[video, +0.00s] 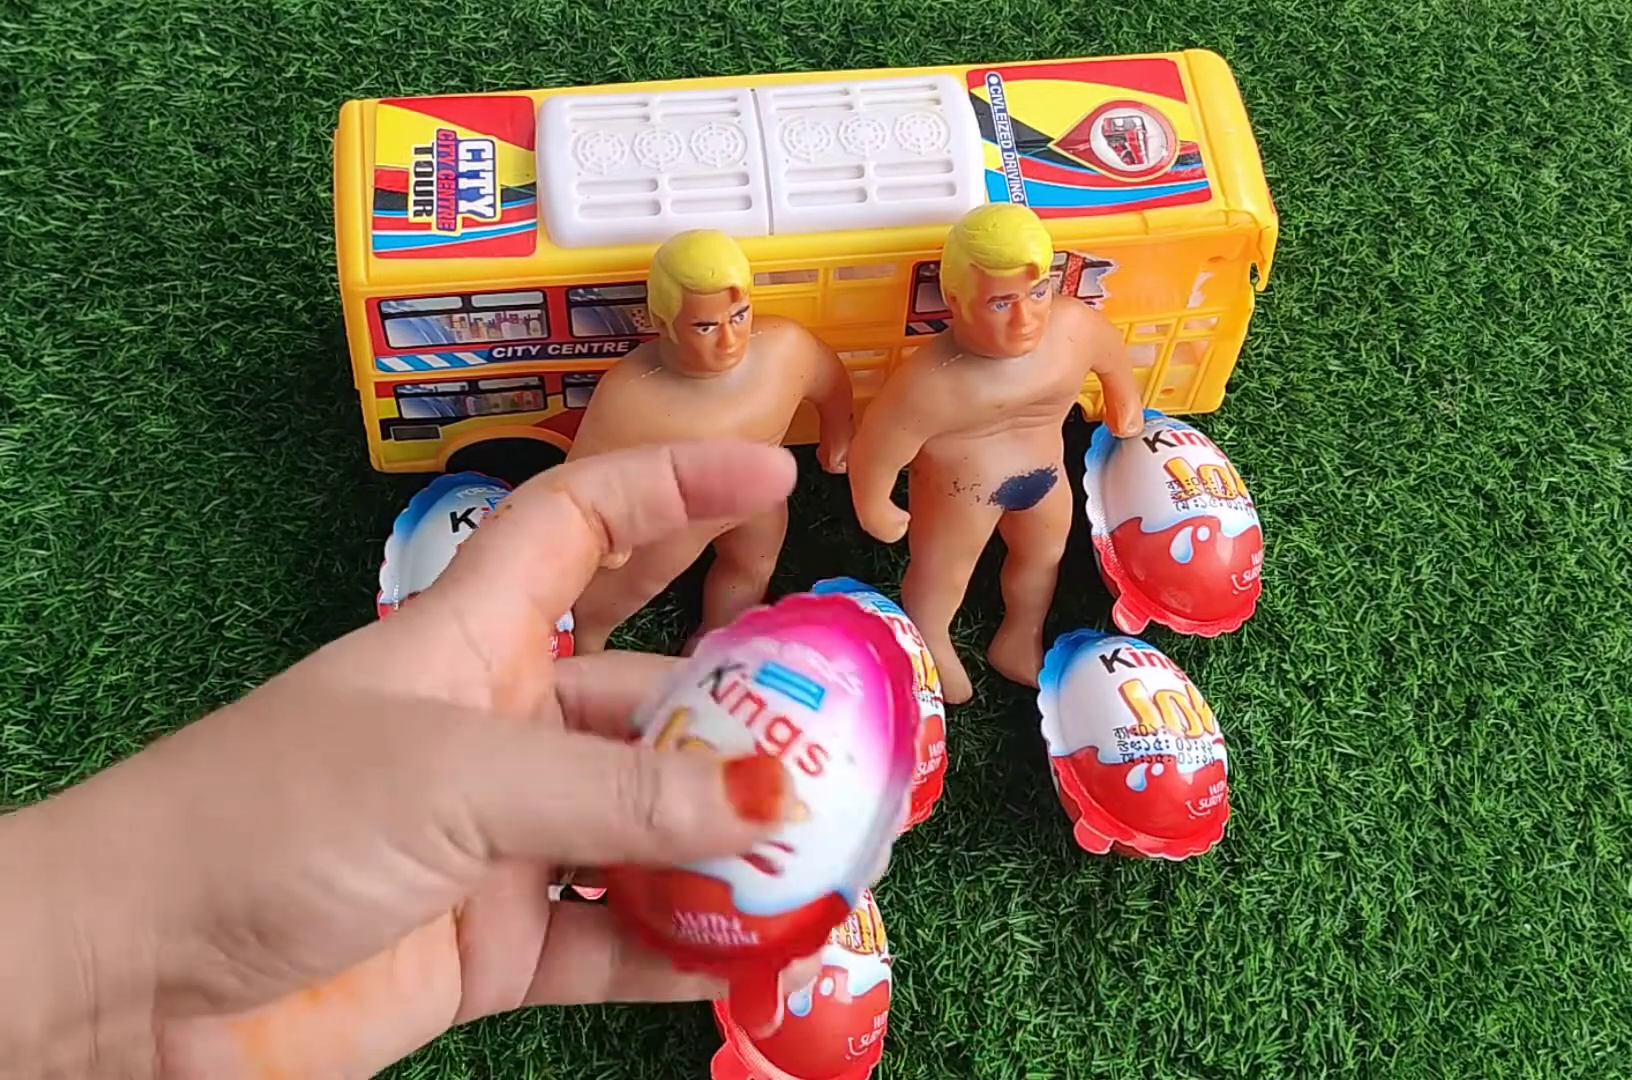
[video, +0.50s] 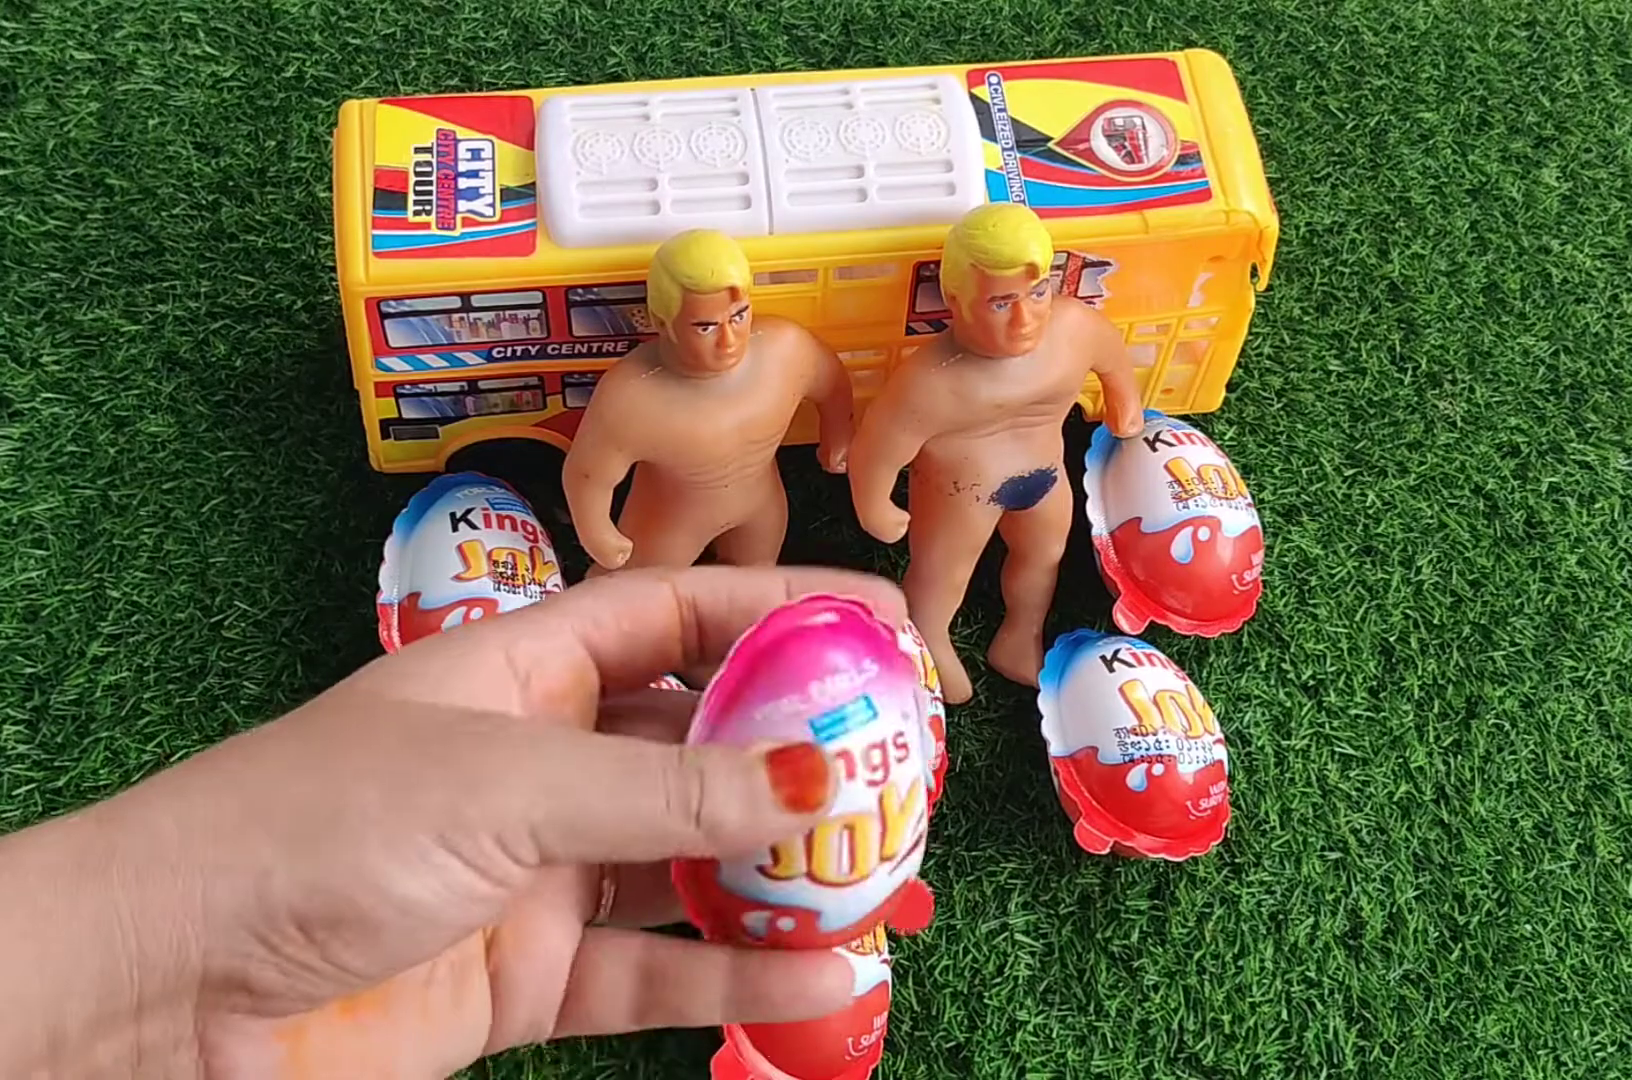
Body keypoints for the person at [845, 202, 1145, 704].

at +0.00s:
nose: (1024, 316)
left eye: (1036, 294)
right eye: (999, 302)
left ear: (1051, 284)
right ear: (953, 303)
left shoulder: (1077, 326)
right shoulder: (927, 383)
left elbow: (1112, 357)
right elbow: (874, 452)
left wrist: (1126, 403)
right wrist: (877, 513)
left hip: (1045, 474)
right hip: (959, 490)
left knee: (1041, 560)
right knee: (942, 575)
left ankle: (1020, 641)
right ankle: (931, 643)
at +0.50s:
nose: (1023, 316)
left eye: (1036, 294)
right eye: (999, 302)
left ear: (1050, 284)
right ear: (953, 304)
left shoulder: (1079, 327)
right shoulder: (927, 382)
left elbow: (1113, 360)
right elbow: (874, 453)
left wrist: (1126, 408)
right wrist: (877, 514)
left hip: (1045, 475)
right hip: (959, 489)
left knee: (1041, 559)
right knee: (942, 575)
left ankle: (1021, 641)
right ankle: (930, 641)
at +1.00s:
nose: (1024, 317)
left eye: (1037, 294)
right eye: (1000, 302)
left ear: (1051, 283)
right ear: (953, 303)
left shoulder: (1079, 328)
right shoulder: (927, 381)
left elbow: (1115, 362)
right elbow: (871, 458)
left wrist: (1126, 410)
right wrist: (879, 516)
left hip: (1044, 479)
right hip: (958, 492)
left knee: (1040, 563)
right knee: (940, 584)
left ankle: (1020, 643)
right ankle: (922, 662)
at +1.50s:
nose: (1023, 317)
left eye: (1036, 294)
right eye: (1000, 302)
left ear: (1050, 284)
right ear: (953, 304)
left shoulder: (1079, 328)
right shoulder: (927, 382)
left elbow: (1114, 360)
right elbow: (873, 453)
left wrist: (1126, 410)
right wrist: (878, 515)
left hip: (1045, 477)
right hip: (959, 493)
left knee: (1041, 560)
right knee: (942, 578)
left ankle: (1021, 642)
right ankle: (933, 642)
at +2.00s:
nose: (1025, 317)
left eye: (1038, 294)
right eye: (1001, 303)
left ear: (1051, 284)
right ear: (952, 303)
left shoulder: (1079, 328)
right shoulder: (928, 381)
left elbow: (1116, 364)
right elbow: (869, 466)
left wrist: (1127, 411)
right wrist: (886, 546)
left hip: (1044, 478)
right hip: (958, 491)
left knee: (1041, 563)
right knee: (943, 578)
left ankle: (1020, 644)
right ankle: (933, 654)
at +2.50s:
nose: (1025, 318)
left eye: (1037, 294)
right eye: (1000, 303)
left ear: (1052, 284)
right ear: (952, 303)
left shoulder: (1079, 327)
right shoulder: (927, 382)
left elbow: (1116, 364)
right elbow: (870, 466)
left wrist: (1127, 412)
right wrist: (886, 548)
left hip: (1044, 477)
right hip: (959, 489)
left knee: (1040, 563)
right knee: (947, 571)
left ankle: (1023, 645)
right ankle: (936, 649)